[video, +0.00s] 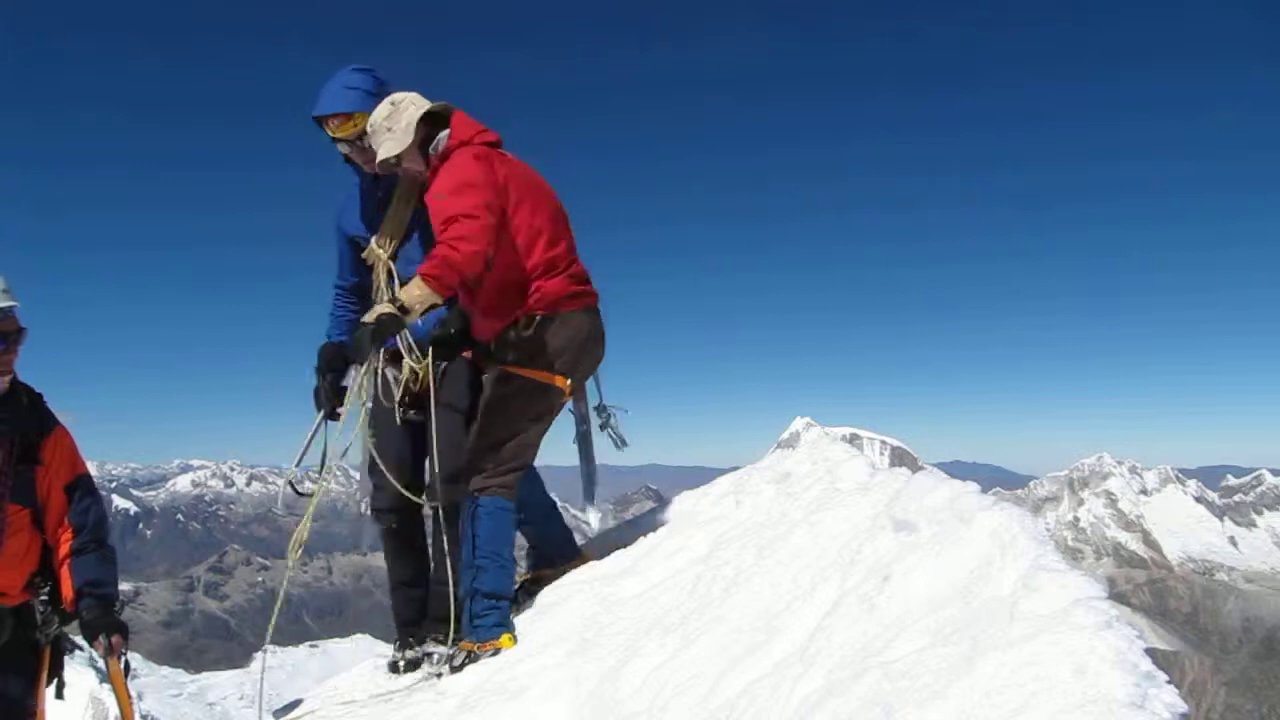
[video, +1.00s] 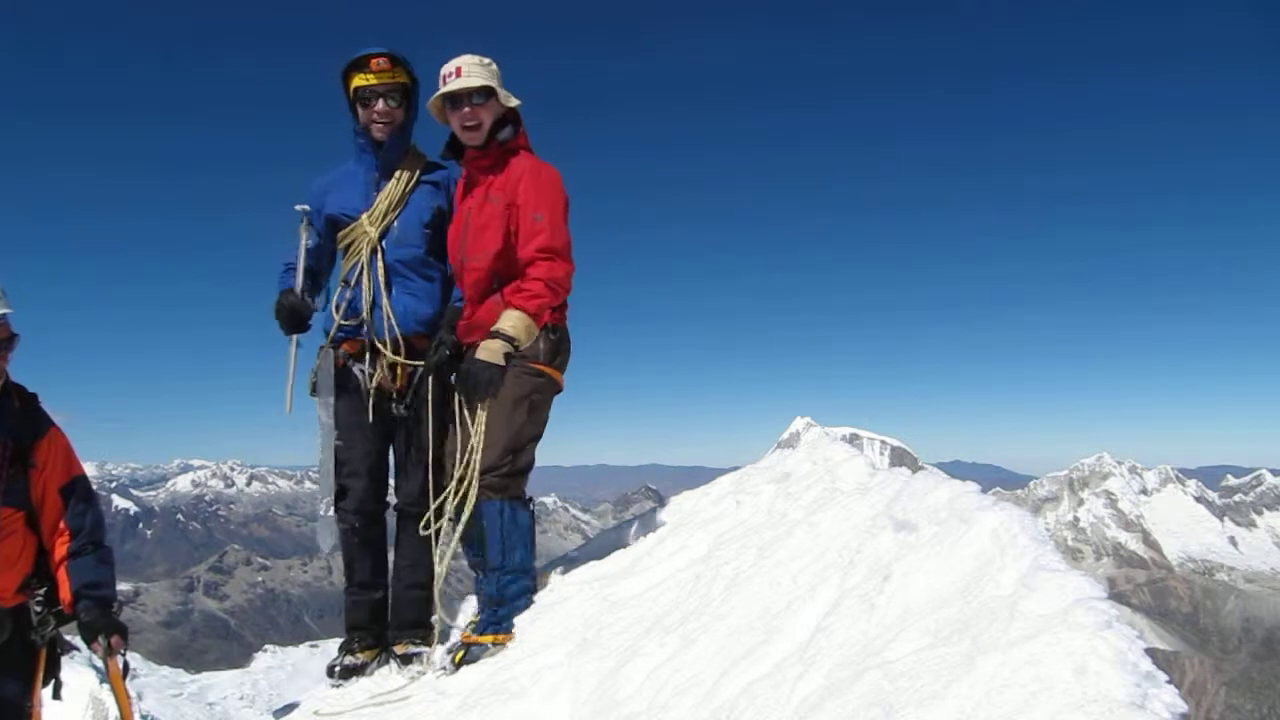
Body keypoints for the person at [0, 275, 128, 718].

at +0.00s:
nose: (9, 349)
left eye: (15, 337)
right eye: (1, 338)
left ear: (23, 338)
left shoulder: (34, 422)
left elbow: (78, 519)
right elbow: (78, 518)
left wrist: (95, 603)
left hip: (15, 622)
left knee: (18, 707)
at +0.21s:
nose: (10, 351)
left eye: (16, 337)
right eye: (2, 338)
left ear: (24, 339)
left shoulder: (36, 423)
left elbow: (80, 519)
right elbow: (80, 518)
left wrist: (96, 602)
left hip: (17, 622)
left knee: (17, 706)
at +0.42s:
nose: (10, 352)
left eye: (16, 339)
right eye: (1, 340)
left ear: (24, 340)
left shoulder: (36, 423)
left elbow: (80, 520)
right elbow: (80, 519)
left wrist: (97, 603)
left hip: (17, 622)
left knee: (18, 706)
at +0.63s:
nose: (8, 353)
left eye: (14, 341)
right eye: (1, 342)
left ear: (21, 342)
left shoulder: (33, 421)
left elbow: (80, 517)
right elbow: (80, 516)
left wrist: (96, 602)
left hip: (17, 620)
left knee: (17, 706)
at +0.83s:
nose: (5, 355)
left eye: (10, 343)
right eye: (0, 343)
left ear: (16, 344)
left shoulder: (27, 418)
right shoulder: (25, 418)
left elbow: (77, 515)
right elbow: (77, 515)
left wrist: (94, 602)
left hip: (16, 620)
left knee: (16, 706)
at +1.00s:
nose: (4, 355)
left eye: (7, 343)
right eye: (0, 343)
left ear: (12, 346)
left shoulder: (26, 421)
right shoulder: (24, 421)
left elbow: (73, 518)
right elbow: (73, 517)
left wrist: (93, 603)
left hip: (14, 620)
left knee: (15, 705)